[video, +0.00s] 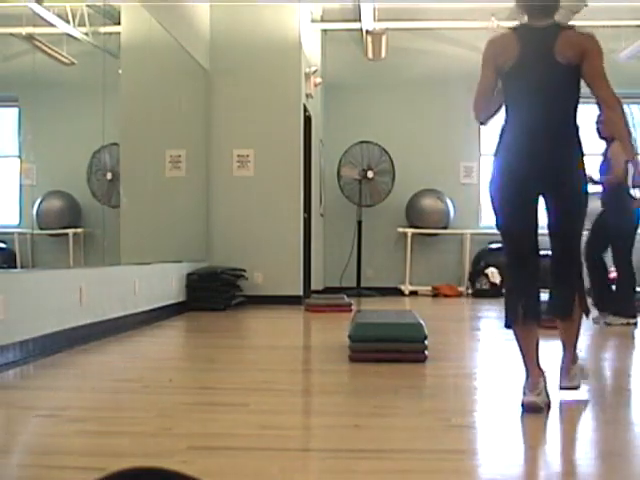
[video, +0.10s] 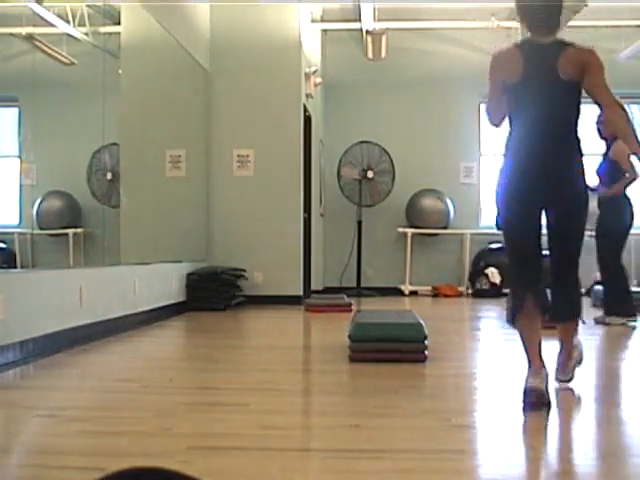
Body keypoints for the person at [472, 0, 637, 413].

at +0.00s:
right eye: (558, 8)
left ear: (520, 9)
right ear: (559, 8)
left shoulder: (499, 45)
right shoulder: (580, 42)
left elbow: (482, 112)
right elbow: (608, 101)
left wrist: (509, 83)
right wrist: (624, 145)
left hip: (512, 166)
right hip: (563, 166)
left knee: (519, 268)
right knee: (567, 259)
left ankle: (533, 378)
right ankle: (569, 362)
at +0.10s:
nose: (533, 17)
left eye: (525, 12)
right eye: (548, 12)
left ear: (521, 17)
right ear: (560, 17)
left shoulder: (505, 60)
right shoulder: (581, 58)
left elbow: (495, 118)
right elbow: (612, 108)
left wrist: (505, 87)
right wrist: (633, 145)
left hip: (518, 181)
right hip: (567, 181)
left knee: (523, 277)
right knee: (566, 271)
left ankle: (535, 370)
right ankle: (569, 349)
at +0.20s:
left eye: (525, 18)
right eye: (552, 17)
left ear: (523, 25)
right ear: (561, 24)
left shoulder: (508, 69)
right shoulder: (584, 67)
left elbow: (505, 118)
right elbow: (606, 116)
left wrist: (533, 99)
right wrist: (630, 154)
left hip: (524, 180)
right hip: (569, 181)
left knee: (519, 264)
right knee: (567, 265)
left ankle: (537, 338)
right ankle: (562, 359)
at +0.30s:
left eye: (525, 23)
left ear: (523, 29)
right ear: (559, 27)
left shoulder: (507, 69)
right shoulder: (580, 71)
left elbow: (509, 120)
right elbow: (603, 127)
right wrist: (624, 180)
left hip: (526, 181)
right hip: (571, 182)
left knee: (519, 262)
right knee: (568, 267)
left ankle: (535, 332)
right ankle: (563, 360)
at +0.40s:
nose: (522, 39)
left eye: (520, 34)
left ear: (522, 37)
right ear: (555, 34)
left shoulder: (508, 75)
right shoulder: (577, 75)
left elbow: (507, 122)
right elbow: (594, 129)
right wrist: (608, 181)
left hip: (527, 180)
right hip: (569, 181)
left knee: (523, 262)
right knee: (566, 265)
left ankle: (531, 347)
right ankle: (562, 358)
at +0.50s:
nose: (525, 54)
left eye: (521, 48)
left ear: (519, 51)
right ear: (553, 49)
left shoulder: (507, 87)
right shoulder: (573, 87)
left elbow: (504, 133)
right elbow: (589, 140)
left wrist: (522, 110)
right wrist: (587, 172)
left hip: (526, 186)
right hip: (565, 186)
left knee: (525, 265)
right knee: (563, 268)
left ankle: (526, 342)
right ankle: (560, 356)